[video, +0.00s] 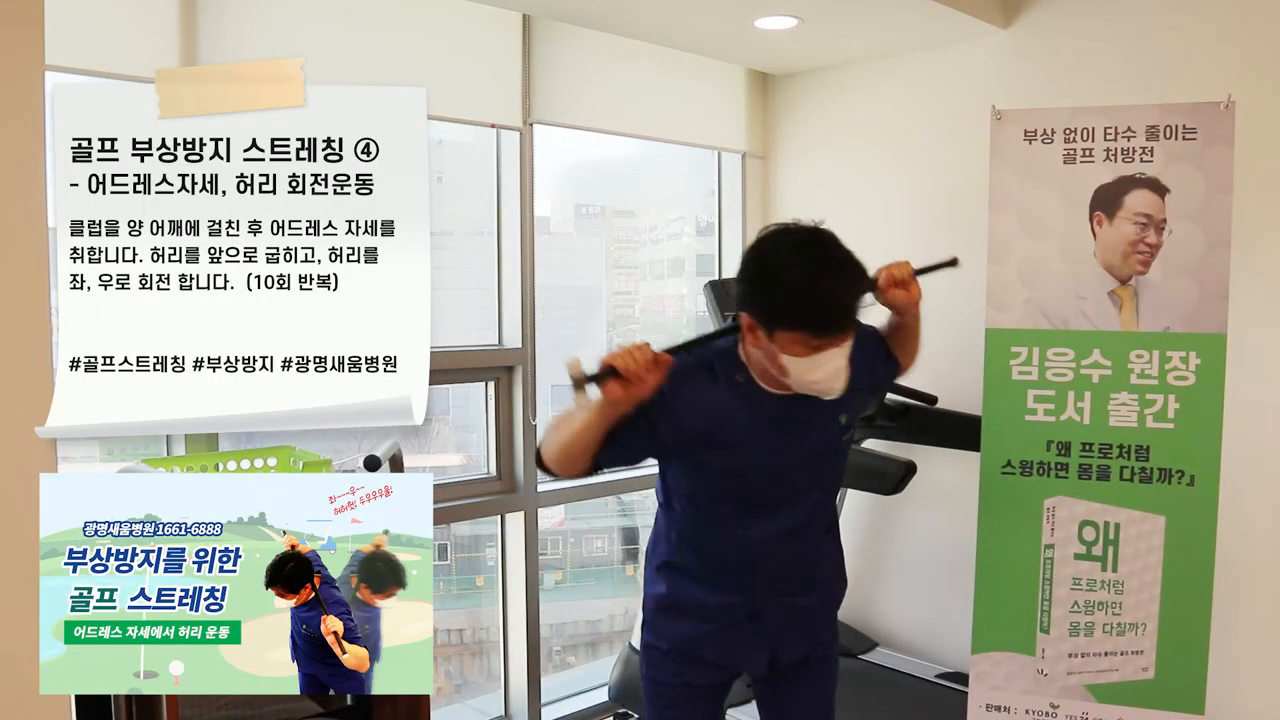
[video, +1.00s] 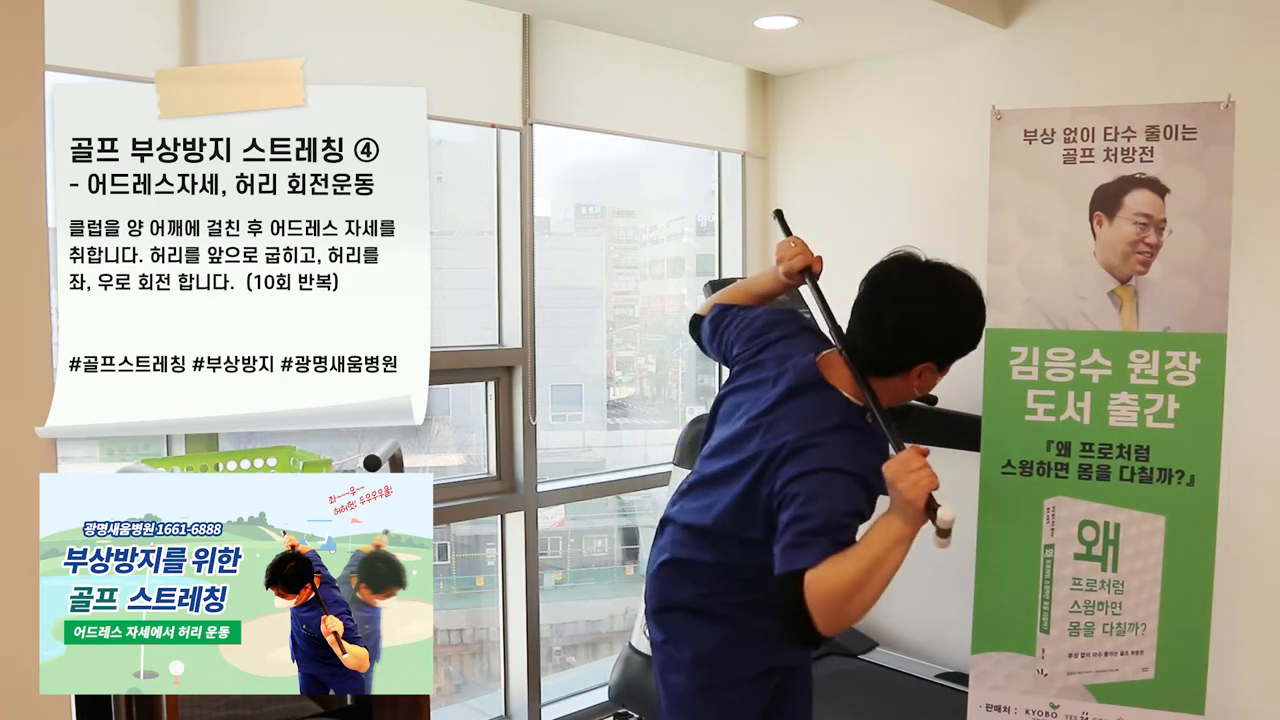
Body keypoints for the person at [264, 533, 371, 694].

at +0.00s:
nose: (278, 599)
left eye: (283, 596)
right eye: (276, 594)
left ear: (306, 590)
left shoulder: (334, 607)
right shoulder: (312, 570)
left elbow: (363, 665)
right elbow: (308, 552)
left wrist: (335, 642)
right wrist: (297, 547)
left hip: (344, 673)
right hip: (310, 667)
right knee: (312, 714)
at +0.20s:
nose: (278, 599)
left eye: (283, 595)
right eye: (276, 593)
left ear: (306, 590)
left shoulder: (334, 608)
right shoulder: (311, 570)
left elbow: (363, 665)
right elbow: (308, 552)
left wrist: (335, 642)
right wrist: (296, 547)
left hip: (344, 672)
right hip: (310, 667)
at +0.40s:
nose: (278, 599)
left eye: (283, 595)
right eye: (276, 593)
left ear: (306, 589)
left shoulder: (334, 608)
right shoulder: (311, 569)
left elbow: (363, 665)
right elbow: (308, 552)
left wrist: (335, 642)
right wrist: (296, 547)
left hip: (344, 672)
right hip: (310, 666)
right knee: (312, 713)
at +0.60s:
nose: (278, 599)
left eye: (283, 595)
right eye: (276, 593)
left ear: (306, 589)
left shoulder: (334, 608)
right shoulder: (311, 569)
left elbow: (363, 665)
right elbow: (308, 552)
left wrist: (335, 642)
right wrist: (296, 547)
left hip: (344, 672)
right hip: (310, 666)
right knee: (312, 713)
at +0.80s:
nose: (278, 599)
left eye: (283, 595)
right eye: (276, 593)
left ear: (306, 590)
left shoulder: (334, 608)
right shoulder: (311, 570)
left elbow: (363, 665)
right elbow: (308, 552)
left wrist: (335, 642)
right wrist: (297, 547)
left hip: (344, 672)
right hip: (310, 667)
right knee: (312, 715)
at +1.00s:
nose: (278, 599)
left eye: (283, 595)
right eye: (276, 593)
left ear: (306, 589)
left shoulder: (334, 608)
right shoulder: (311, 569)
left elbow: (363, 665)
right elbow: (308, 552)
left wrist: (335, 642)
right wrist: (296, 547)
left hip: (344, 672)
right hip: (310, 666)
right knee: (312, 713)